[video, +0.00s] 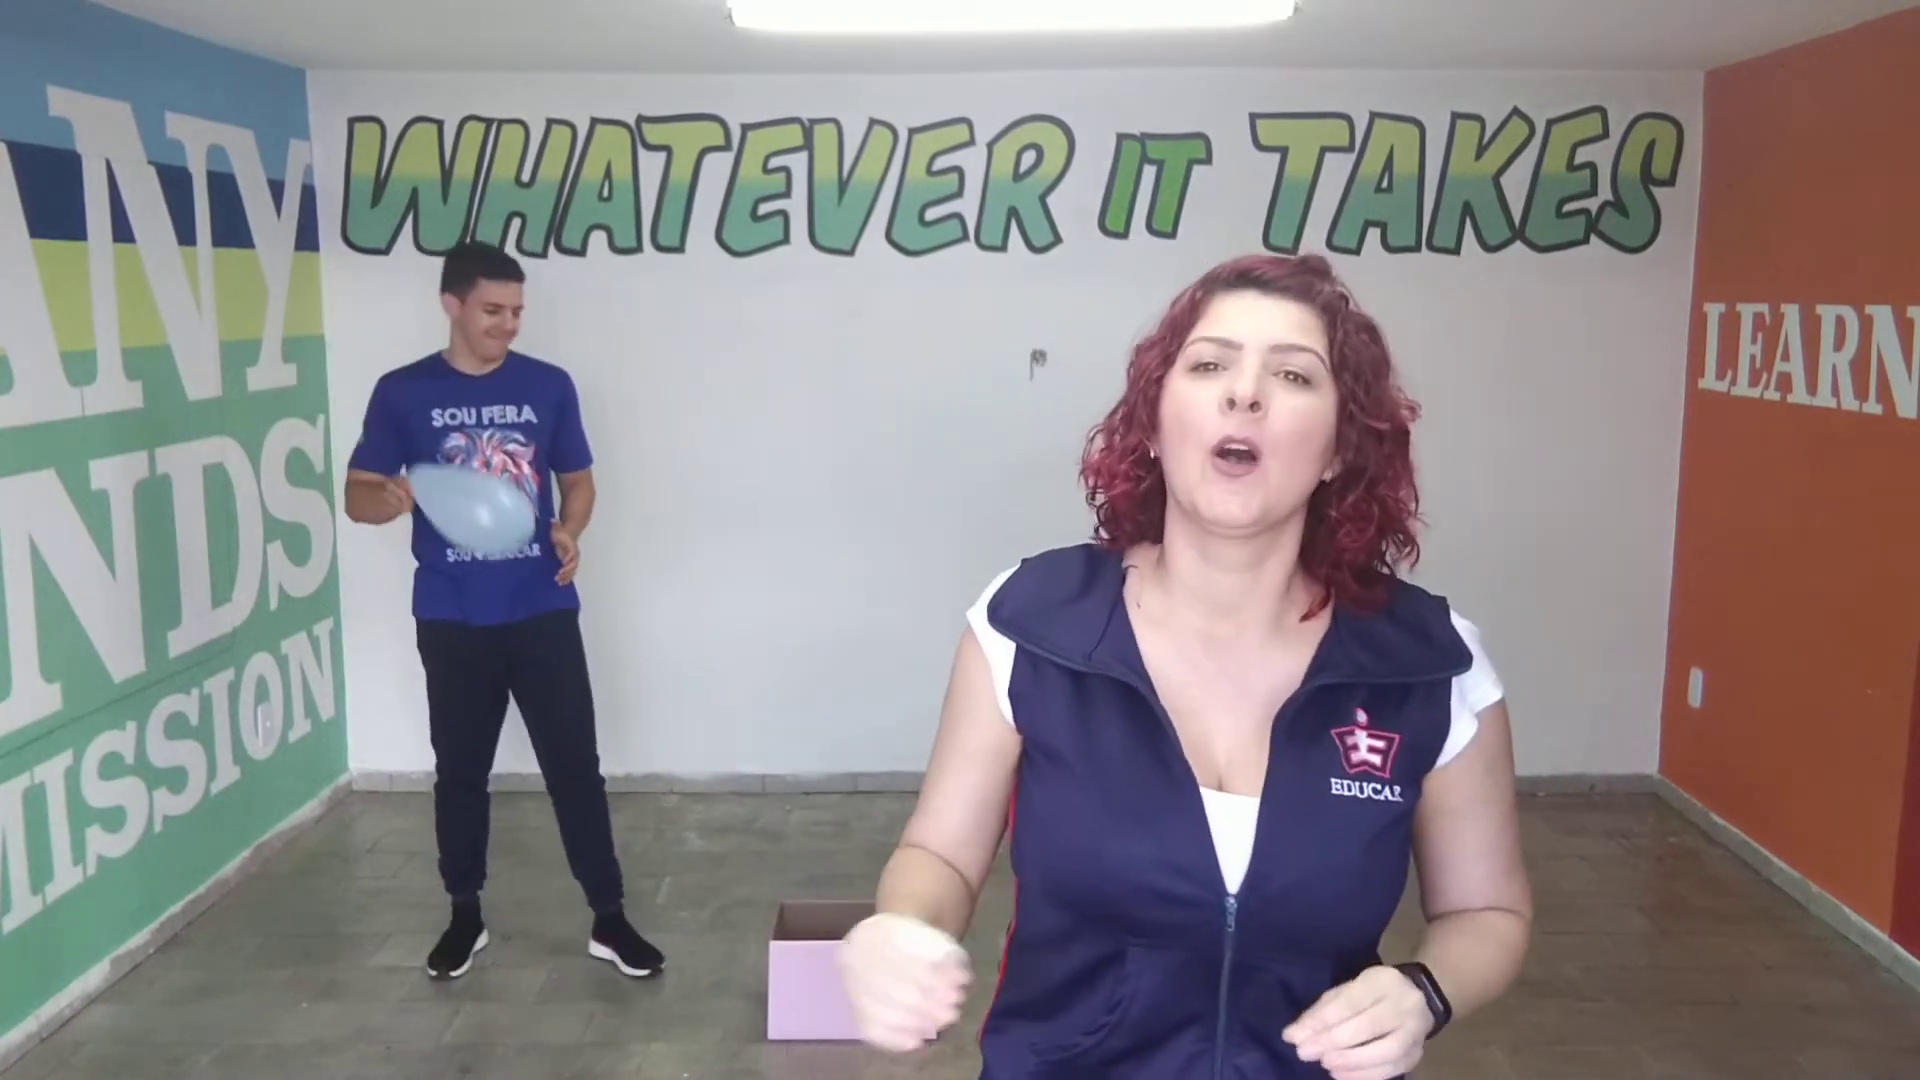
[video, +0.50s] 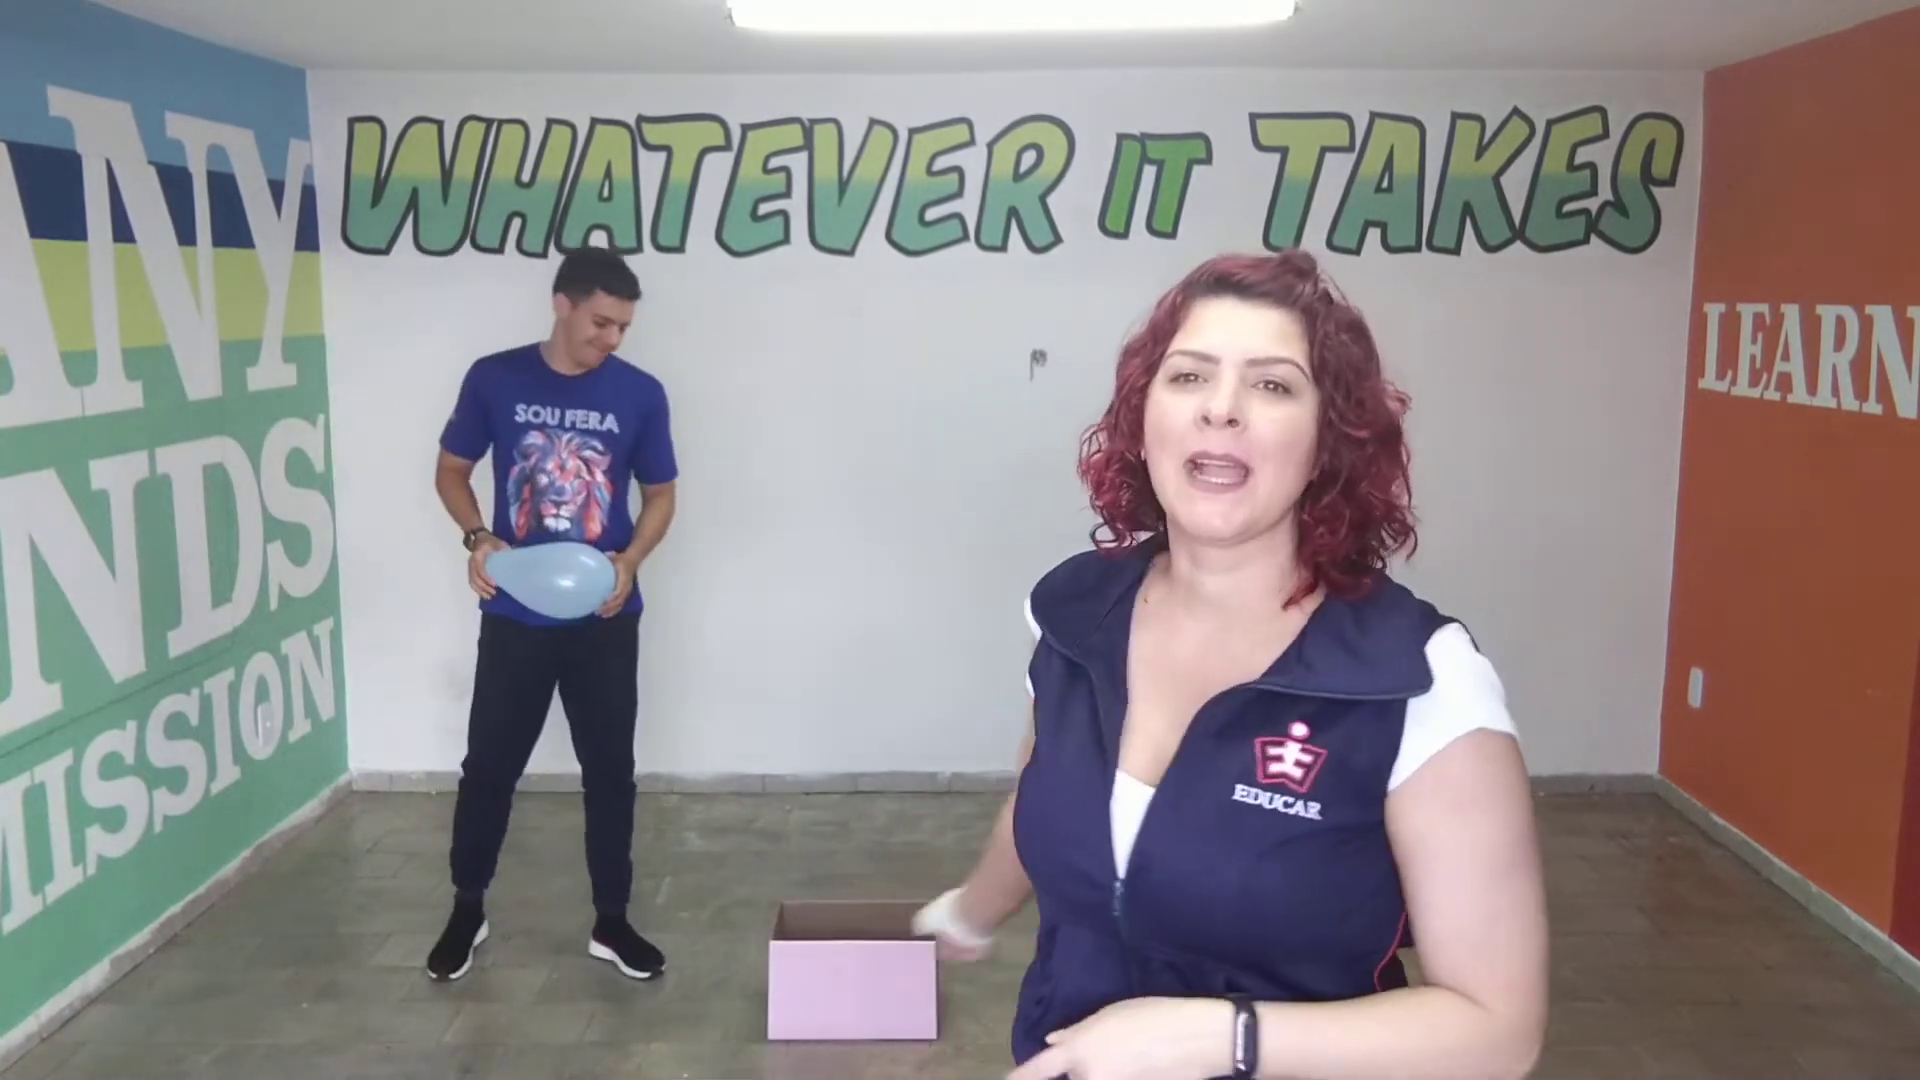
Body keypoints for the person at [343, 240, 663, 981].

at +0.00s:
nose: (506, 323)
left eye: (515, 310)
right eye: (492, 309)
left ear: (521, 311)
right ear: (452, 306)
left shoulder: (548, 387)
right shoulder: (402, 393)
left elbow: (578, 482)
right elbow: (356, 499)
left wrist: (570, 528)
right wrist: (393, 497)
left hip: (542, 615)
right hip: (454, 622)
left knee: (575, 767)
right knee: (460, 774)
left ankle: (609, 917)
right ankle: (465, 914)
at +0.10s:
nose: (527, 328)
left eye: (536, 316)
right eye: (515, 313)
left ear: (542, 316)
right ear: (474, 306)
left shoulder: (564, 389)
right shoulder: (417, 392)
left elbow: (595, 485)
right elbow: (376, 489)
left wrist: (583, 533)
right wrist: (405, 515)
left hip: (553, 618)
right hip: (464, 621)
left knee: (583, 766)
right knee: (467, 774)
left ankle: (610, 919)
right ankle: (466, 915)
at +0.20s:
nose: (547, 327)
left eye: (557, 315)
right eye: (535, 312)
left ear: (563, 317)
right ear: (496, 303)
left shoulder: (581, 391)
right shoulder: (434, 389)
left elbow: (613, 491)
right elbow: (398, 485)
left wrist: (595, 545)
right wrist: (429, 522)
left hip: (566, 619)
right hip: (477, 622)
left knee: (591, 769)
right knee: (474, 773)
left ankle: (610, 920)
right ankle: (467, 915)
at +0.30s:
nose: (569, 328)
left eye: (579, 315)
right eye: (558, 312)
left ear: (586, 317)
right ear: (518, 303)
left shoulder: (601, 393)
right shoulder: (455, 387)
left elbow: (628, 492)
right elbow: (418, 479)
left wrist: (604, 551)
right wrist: (449, 528)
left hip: (579, 621)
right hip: (489, 623)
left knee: (598, 771)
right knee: (480, 773)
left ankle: (610, 921)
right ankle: (468, 914)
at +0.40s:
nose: (589, 331)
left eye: (599, 319)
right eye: (578, 315)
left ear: (605, 319)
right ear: (538, 304)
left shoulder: (620, 394)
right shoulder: (475, 383)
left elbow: (643, 495)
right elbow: (435, 476)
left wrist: (616, 553)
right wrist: (466, 531)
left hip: (592, 619)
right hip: (502, 619)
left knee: (604, 770)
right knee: (484, 768)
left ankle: (612, 920)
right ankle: (468, 911)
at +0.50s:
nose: (611, 341)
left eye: (621, 328)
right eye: (601, 325)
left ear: (626, 322)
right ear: (561, 307)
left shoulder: (640, 395)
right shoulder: (495, 379)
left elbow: (661, 497)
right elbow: (451, 472)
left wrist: (630, 559)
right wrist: (478, 533)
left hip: (605, 617)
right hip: (516, 614)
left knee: (611, 770)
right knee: (489, 766)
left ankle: (612, 920)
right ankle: (467, 909)